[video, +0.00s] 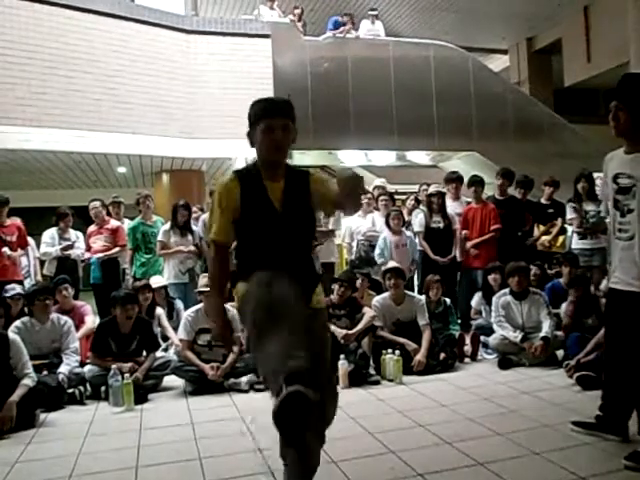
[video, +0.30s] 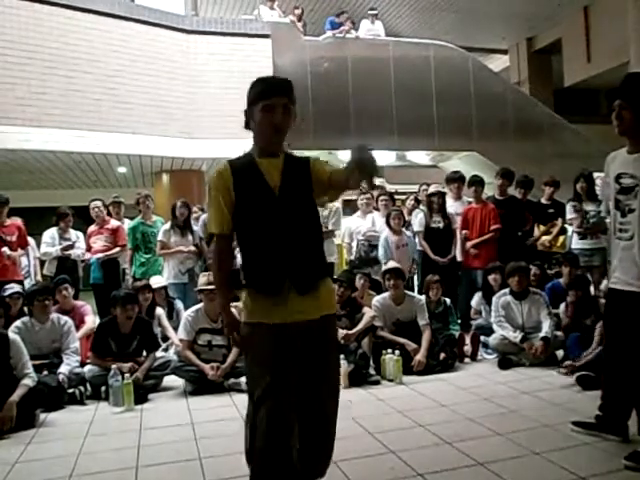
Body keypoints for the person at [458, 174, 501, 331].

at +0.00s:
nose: (473, 191)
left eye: (476, 187)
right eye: (471, 187)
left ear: (482, 189)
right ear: (468, 190)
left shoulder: (490, 208)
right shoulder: (467, 210)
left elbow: (495, 230)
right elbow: (463, 230)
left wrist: (473, 242)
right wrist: (467, 245)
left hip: (485, 258)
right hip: (469, 258)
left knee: (485, 293)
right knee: (466, 294)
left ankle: (486, 322)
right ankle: (466, 324)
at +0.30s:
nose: (473, 190)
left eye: (476, 187)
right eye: (471, 187)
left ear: (482, 189)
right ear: (468, 189)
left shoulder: (490, 208)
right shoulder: (467, 210)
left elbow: (495, 230)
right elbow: (463, 230)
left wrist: (473, 242)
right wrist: (467, 244)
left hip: (485, 258)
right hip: (469, 257)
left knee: (484, 292)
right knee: (468, 292)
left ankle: (485, 320)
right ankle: (466, 322)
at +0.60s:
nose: (474, 191)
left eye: (476, 187)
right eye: (471, 187)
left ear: (482, 189)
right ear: (468, 190)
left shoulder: (490, 208)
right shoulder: (467, 210)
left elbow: (495, 230)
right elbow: (462, 230)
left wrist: (473, 242)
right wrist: (465, 235)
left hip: (485, 258)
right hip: (469, 257)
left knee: (484, 292)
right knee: (468, 292)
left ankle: (485, 320)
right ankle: (467, 322)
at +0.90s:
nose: (474, 190)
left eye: (477, 187)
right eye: (472, 187)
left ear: (482, 189)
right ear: (468, 189)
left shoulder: (490, 208)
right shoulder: (467, 210)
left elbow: (495, 230)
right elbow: (462, 229)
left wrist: (473, 242)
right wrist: (465, 234)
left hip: (484, 258)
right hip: (469, 257)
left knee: (483, 292)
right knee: (467, 292)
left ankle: (484, 320)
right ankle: (466, 322)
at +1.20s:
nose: (473, 190)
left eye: (476, 187)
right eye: (471, 187)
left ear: (482, 189)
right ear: (468, 189)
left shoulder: (490, 208)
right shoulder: (468, 209)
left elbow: (495, 230)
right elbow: (463, 229)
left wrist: (473, 242)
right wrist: (464, 234)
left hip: (485, 259)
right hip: (469, 258)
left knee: (484, 294)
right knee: (466, 295)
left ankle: (486, 323)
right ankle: (465, 325)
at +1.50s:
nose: (474, 190)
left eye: (477, 187)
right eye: (471, 187)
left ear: (482, 189)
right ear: (468, 189)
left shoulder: (490, 208)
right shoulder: (468, 210)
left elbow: (495, 231)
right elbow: (463, 229)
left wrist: (473, 242)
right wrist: (464, 233)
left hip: (485, 259)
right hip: (469, 259)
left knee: (485, 295)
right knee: (466, 295)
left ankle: (486, 323)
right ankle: (466, 325)